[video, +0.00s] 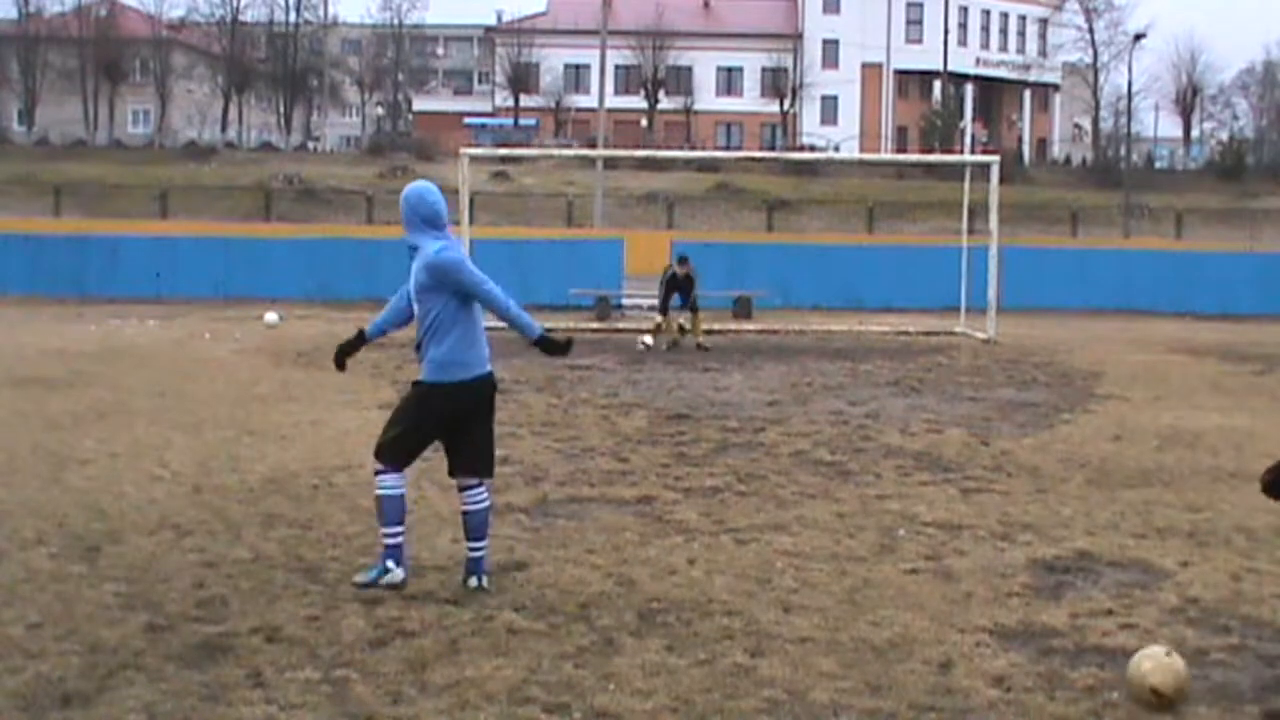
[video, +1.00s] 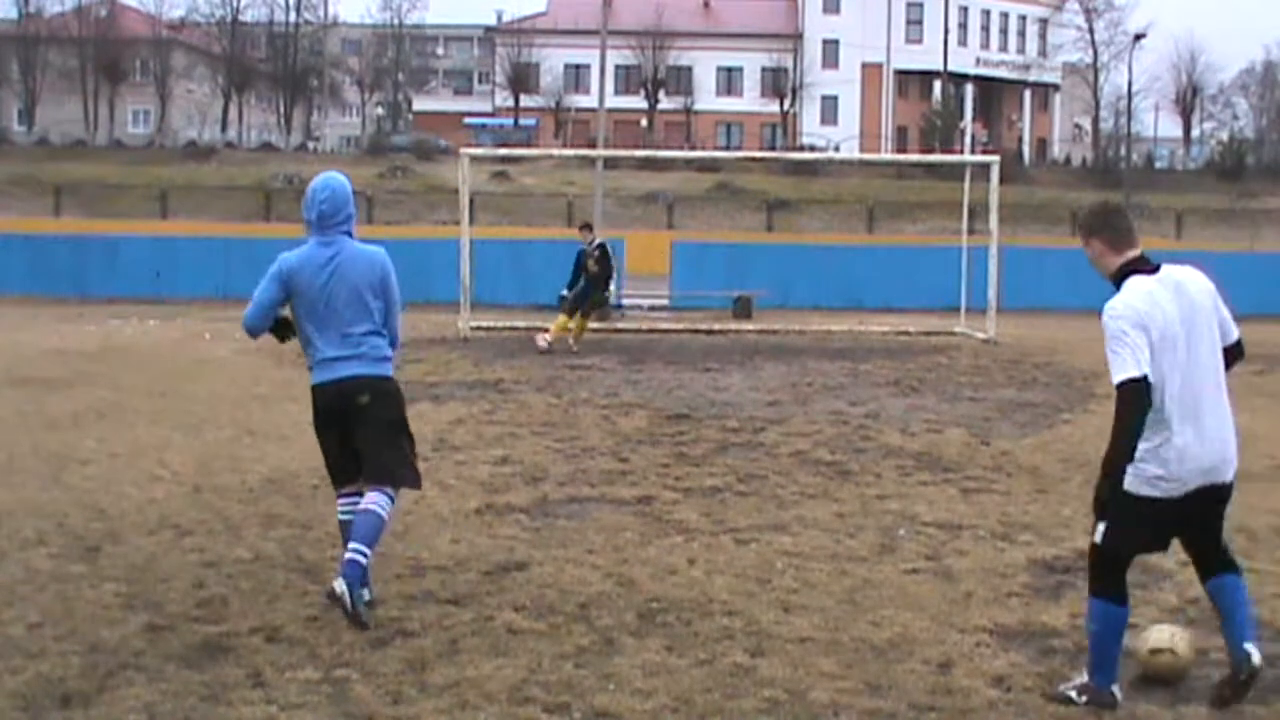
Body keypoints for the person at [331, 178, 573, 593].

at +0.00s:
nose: (401, 223)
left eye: (403, 217)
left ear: (407, 218)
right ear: (441, 213)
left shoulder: (437, 257)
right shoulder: (432, 259)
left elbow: (491, 295)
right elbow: (401, 310)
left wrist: (538, 335)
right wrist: (361, 338)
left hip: (441, 385)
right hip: (476, 382)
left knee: (388, 461)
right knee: (471, 476)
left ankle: (392, 563)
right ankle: (477, 571)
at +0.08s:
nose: (387, 226)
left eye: (388, 219)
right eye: (388, 219)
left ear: (394, 220)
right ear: (426, 213)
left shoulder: (424, 258)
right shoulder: (420, 257)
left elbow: (478, 302)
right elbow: (406, 312)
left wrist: (493, 351)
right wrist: (381, 343)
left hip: (429, 387)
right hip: (464, 385)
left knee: (391, 475)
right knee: (467, 478)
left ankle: (360, 569)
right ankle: (476, 571)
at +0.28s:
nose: (347, 227)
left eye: (347, 220)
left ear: (352, 222)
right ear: (387, 215)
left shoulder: (368, 265)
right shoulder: (409, 255)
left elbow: (406, 319)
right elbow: (389, 326)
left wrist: (439, 370)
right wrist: (360, 366)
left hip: (389, 393)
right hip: (430, 388)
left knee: (370, 484)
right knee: (444, 479)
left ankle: (364, 582)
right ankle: (472, 569)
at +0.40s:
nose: (329, 225)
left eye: (328, 218)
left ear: (331, 221)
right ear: (369, 213)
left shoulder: (335, 261)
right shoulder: (399, 254)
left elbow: (346, 322)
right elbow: (403, 313)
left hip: (371, 386)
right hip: (418, 378)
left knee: (362, 482)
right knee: (433, 474)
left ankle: (364, 582)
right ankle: (459, 567)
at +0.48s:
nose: (319, 220)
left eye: (319, 215)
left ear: (322, 218)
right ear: (359, 211)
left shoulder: (322, 262)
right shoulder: (393, 251)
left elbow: (307, 320)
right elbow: (403, 306)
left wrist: (282, 367)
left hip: (362, 388)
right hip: (412, 378)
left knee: (361, 485)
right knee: (425, 475)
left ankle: (364, 582)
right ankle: (442, 569)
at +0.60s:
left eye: (316, 210)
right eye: (349, 205)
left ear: (314, 216)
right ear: (353, 210)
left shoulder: (310, 263)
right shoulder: (386, 249)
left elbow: (257, 307)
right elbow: (407, 309)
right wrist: (386, 346)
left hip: (352, 389)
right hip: (401, 380)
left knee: (360, 484)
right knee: (414, 474)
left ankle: (364, 583)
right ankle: (416, 574)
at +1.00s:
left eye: (315, 207)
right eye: (348, 207)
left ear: (308, 213)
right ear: (351, 211)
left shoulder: (291, 262)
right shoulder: (376, 259)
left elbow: (253, 322)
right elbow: (392, 332)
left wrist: (279, 323)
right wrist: (375, 357)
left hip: (327, 391)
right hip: (376, 385)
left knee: (346, 484)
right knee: (383, 481)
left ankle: (357, 583)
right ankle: (351, 573)